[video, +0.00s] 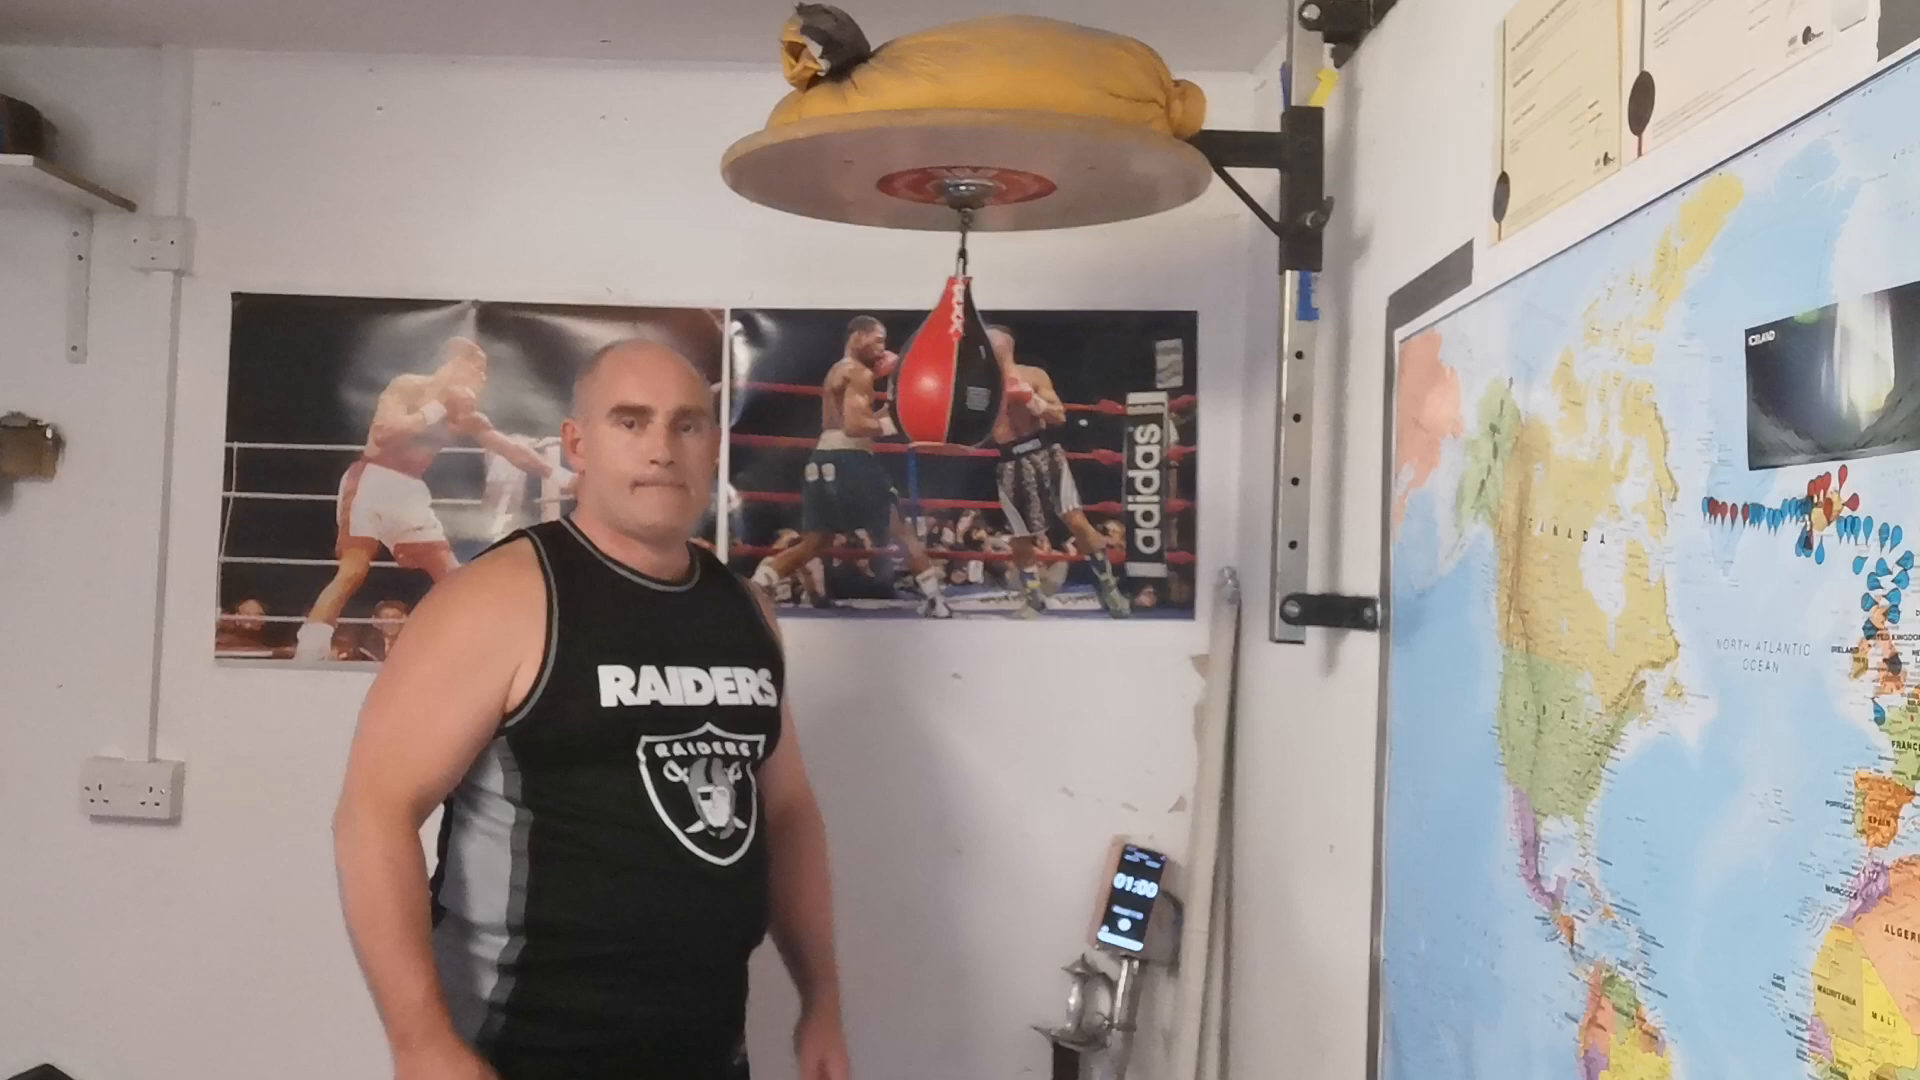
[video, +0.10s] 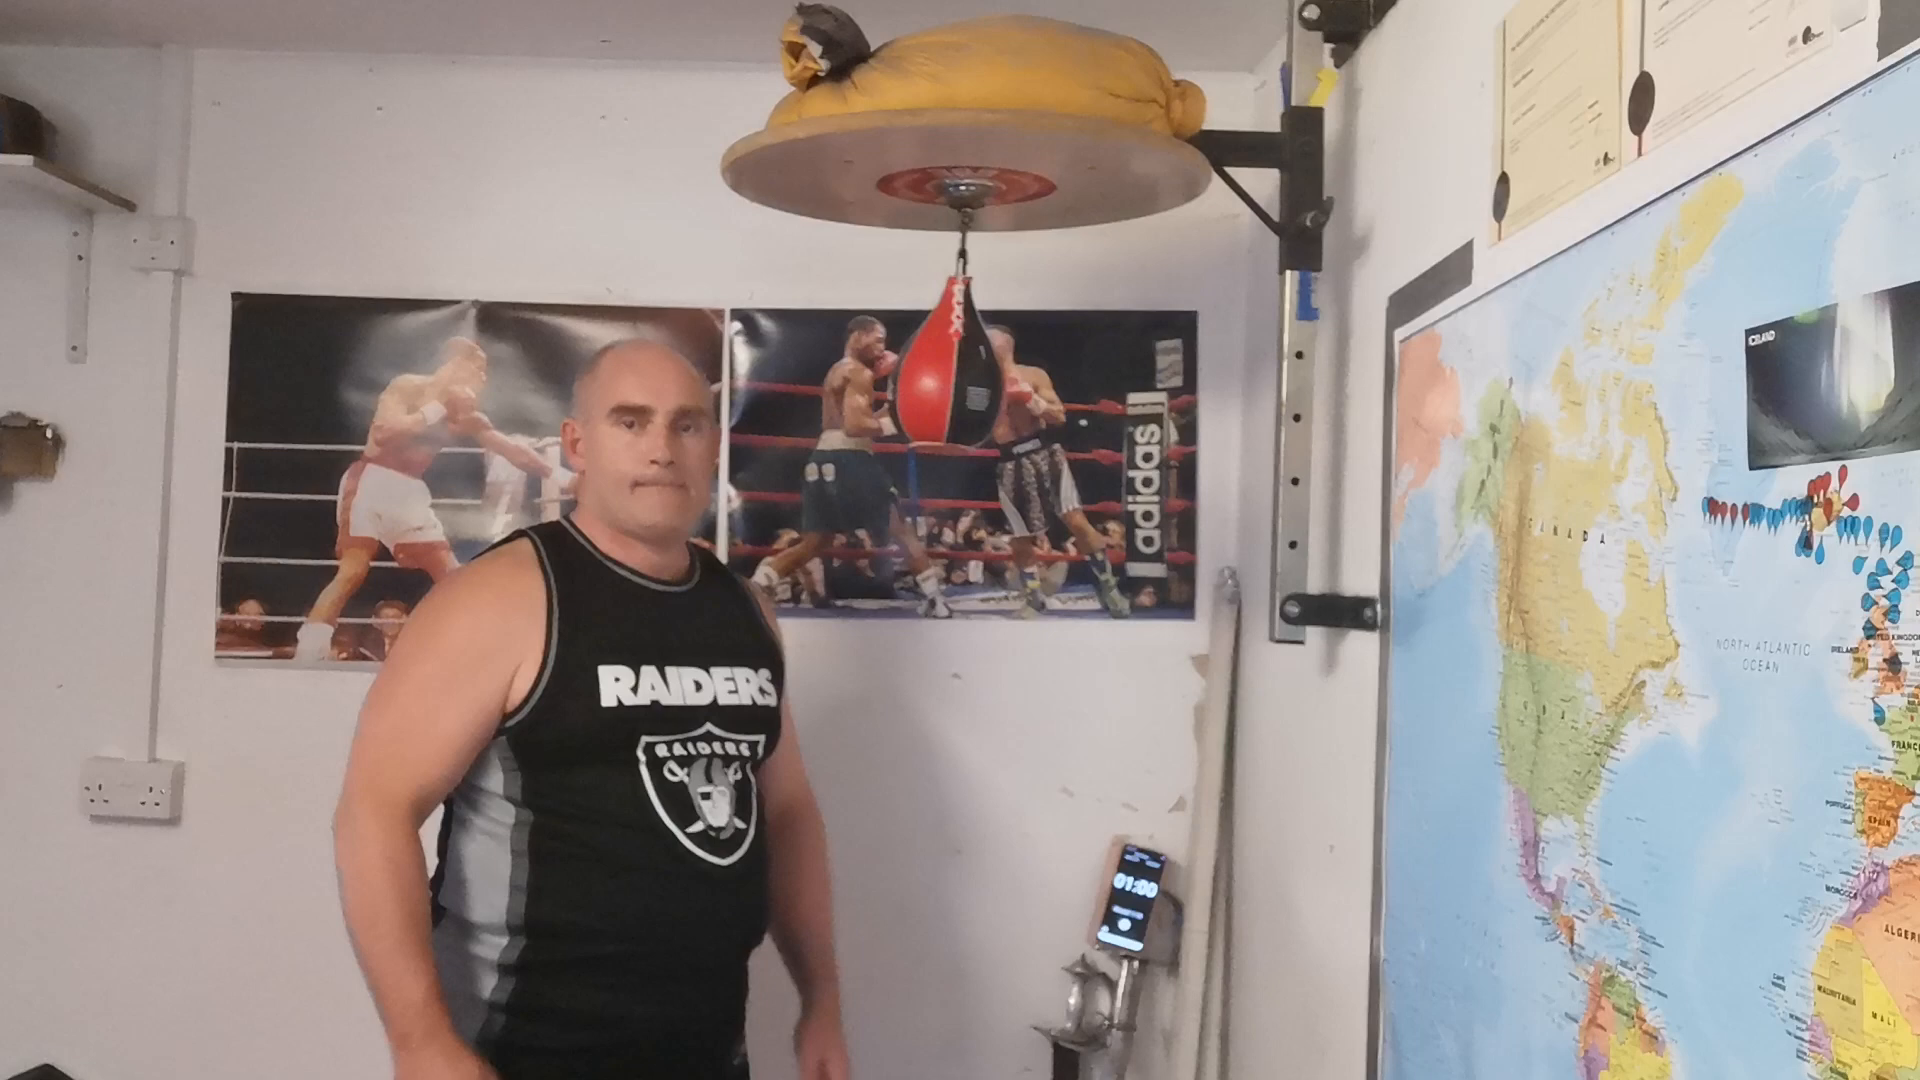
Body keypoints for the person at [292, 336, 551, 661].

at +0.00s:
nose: (481, 379)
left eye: (483, 372)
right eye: (476, 369)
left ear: (472, 376)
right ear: (453, 364)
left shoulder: (462, 409)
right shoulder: (406, 386)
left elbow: (505, 447)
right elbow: (381, 435)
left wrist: (551, 473)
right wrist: (430, 414)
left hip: (409, 493)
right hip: (369, 482)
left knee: (449, 574)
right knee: (352, 571)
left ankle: (470, 646)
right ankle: (308, 645)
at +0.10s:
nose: (480, 378)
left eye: (483, 372)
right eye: (475, 368)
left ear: (476, 377)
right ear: (452, 365)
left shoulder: (464, 410)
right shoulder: (406, 386)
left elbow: (507, 448)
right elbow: (381, 434)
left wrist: (553, 475)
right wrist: (430, 414)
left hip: (409, 492)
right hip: (370, 482)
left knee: (449, 574)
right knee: (352, 571)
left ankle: (471, 646)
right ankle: (307, 646)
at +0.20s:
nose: (477, 381)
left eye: (480, 376)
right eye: (473, 372)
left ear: (477, 379)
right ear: (453, 364)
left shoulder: (462, 408)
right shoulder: (405, 386)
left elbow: (508, 448)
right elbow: (382, 435)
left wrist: (557, 476)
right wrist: (433, 413)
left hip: (410, 493)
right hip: (371, 482)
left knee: (450, 574)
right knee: (353, 571)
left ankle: (472, 652)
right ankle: (307, 650)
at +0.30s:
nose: (480, 379)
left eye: (482, 373)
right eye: (476, 369)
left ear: (475, 377)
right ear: (453, 363)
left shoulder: (463, 408)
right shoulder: (405, 386)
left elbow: (508, 449)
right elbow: (382, 433)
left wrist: (557, 476)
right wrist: (432, 414)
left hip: (410, 494)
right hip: (371, 483)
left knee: (450, 575)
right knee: (353, 571)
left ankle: (466, 654)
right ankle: (307, 648)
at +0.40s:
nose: (482, 380)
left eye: (484, 373)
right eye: (477, 370)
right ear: (453, 364)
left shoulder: (463, 409)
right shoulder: (406, 386)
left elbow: (505, 447)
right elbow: (382, 433)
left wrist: (554, 475)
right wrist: (437, 409)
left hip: (409, 493)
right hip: (370, 483)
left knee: (449, 573)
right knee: (353, 570)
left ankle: (463, 651)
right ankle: (307, 649)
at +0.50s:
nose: (481, 380)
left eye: (483, 373)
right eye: (477, 370)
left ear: (472, 376)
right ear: (453, 363)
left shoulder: (463, 407)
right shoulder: (405, 386)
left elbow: (506, 447)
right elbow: (382, 434)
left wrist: (555, 475)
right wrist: (434, 412)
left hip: (409, 493)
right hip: (370, 482)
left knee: (448, 573)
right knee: (352, 571)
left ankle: (450, 658)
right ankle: (306, 651)